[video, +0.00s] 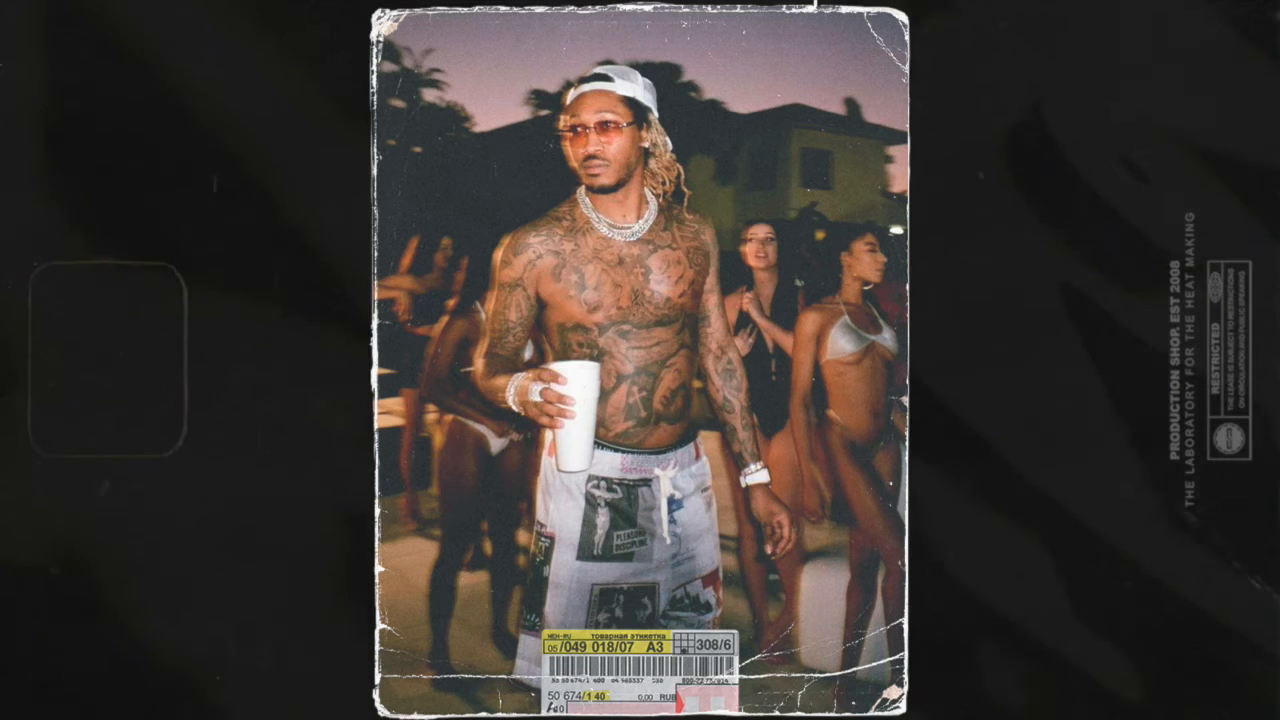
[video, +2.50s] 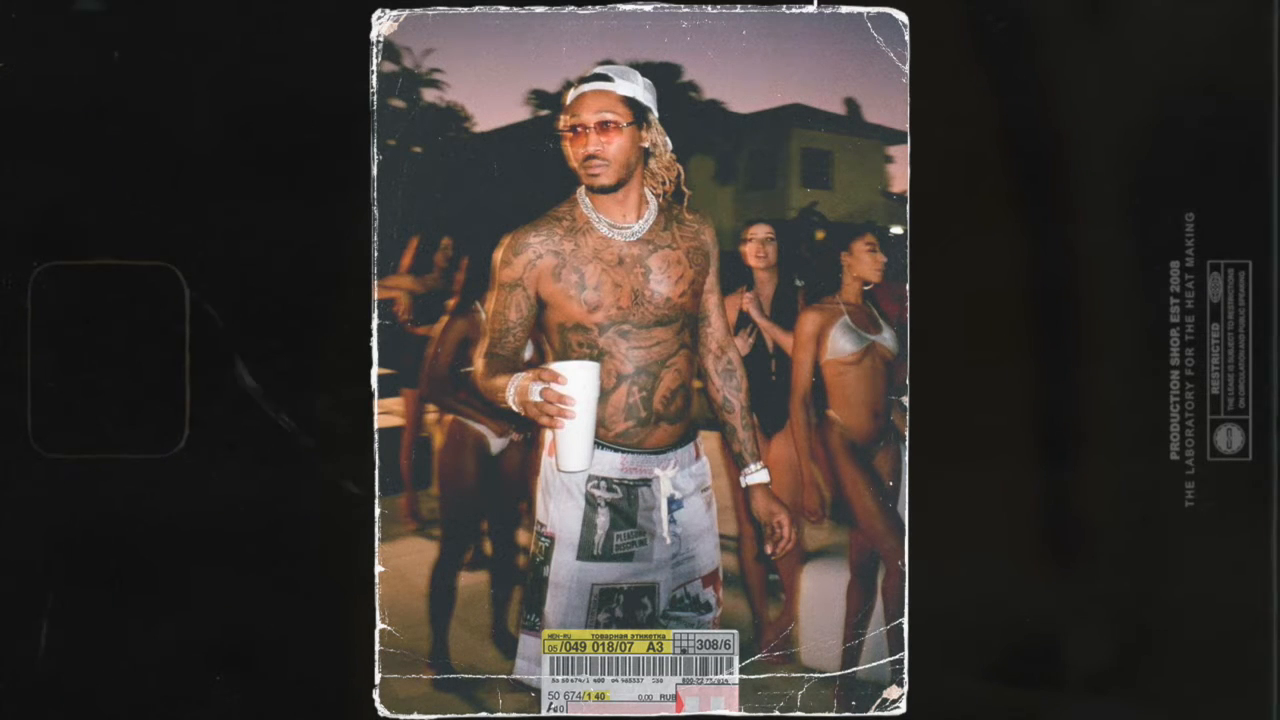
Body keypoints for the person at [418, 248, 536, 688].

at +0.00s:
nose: (515, 286)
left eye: (522, 278)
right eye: (508, 275)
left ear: (532, 287)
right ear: (494, 275)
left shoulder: (531, 331)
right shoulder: (465, 321)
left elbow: (543, 385)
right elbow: (433, 387)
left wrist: (529, 420)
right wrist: (489, 421)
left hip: (515, 444)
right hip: (465, 440)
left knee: (506, 541)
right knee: (455, 545)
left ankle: (501, 629)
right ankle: (439, 651)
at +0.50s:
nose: (512, 290)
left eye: (520, 283)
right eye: (506, 280)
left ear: (530, 290)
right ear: (492, 279)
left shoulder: (531, 333)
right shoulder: (465, 323)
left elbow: (544, 386)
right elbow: (434, 386)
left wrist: (529, 421)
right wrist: (490, 422)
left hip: (514, 445)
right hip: (465, 441)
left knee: (506, 541)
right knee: (456, 544)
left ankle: (501, 628)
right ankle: (439, 649)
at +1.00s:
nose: (517, 287)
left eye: (524, 280)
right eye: (510, 278)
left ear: (532, 288)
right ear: (495, 278)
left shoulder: (531, 333)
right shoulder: (466, 322)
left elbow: (542, 385)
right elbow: (435, 386)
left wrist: (530, 421)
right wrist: (490, 422)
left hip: (513, 445)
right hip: (465, 440)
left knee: (505, 540)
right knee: (456, 543)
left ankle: (502, 628)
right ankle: (439, 651)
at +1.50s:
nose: (513, 293)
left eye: (521, 286)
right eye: (508, 283)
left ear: (530, 293)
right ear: (493, 283)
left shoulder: (531, 335)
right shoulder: (465, 324)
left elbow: (543, 387)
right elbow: (435, 387)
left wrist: (529, 421)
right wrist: (490, 422)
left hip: (514, 446)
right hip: (465, 442)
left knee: (505, 540)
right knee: (456, 544)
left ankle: (501, 628)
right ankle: (439, 651)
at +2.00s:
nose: (515, 285)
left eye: (522, 277)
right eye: (509, 275)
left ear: (530, 287)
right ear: (493, 276)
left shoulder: (530, 331)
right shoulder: (464, 323)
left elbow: (543, 383)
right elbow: (435, 387)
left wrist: (529, 419)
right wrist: (491, 422)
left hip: (514, 446)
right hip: (465, 443)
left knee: (505, 542)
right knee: (456, 544)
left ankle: (501, 629)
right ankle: (439, 651)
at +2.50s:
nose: (514, 288)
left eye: (521, 280)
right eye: (507, 278)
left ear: (529, 289)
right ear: (493, 279)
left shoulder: (529, 331)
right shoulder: (464, 324)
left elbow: (542, 383)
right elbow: (435, 387)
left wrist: (529, 419)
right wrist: (490, 421)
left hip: (513, 447)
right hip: (465, 444)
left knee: (506, 542)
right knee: (455, 544)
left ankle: (501, 628)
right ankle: (439, 652)